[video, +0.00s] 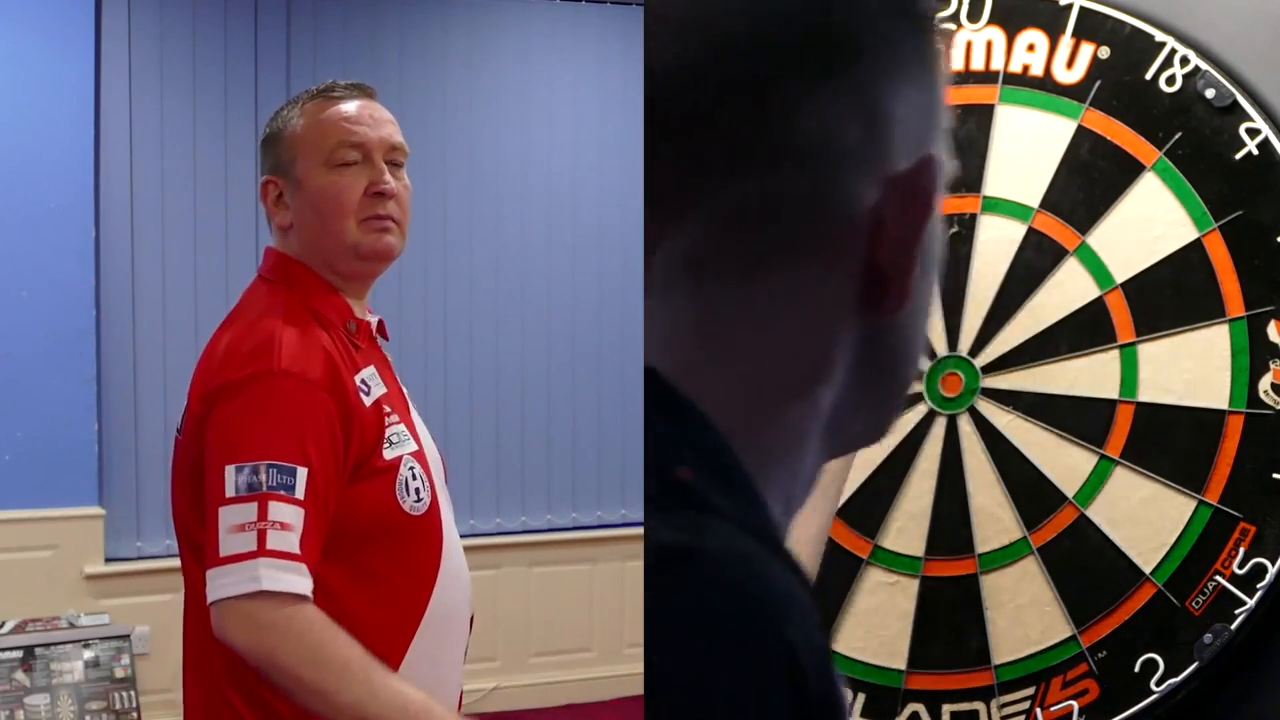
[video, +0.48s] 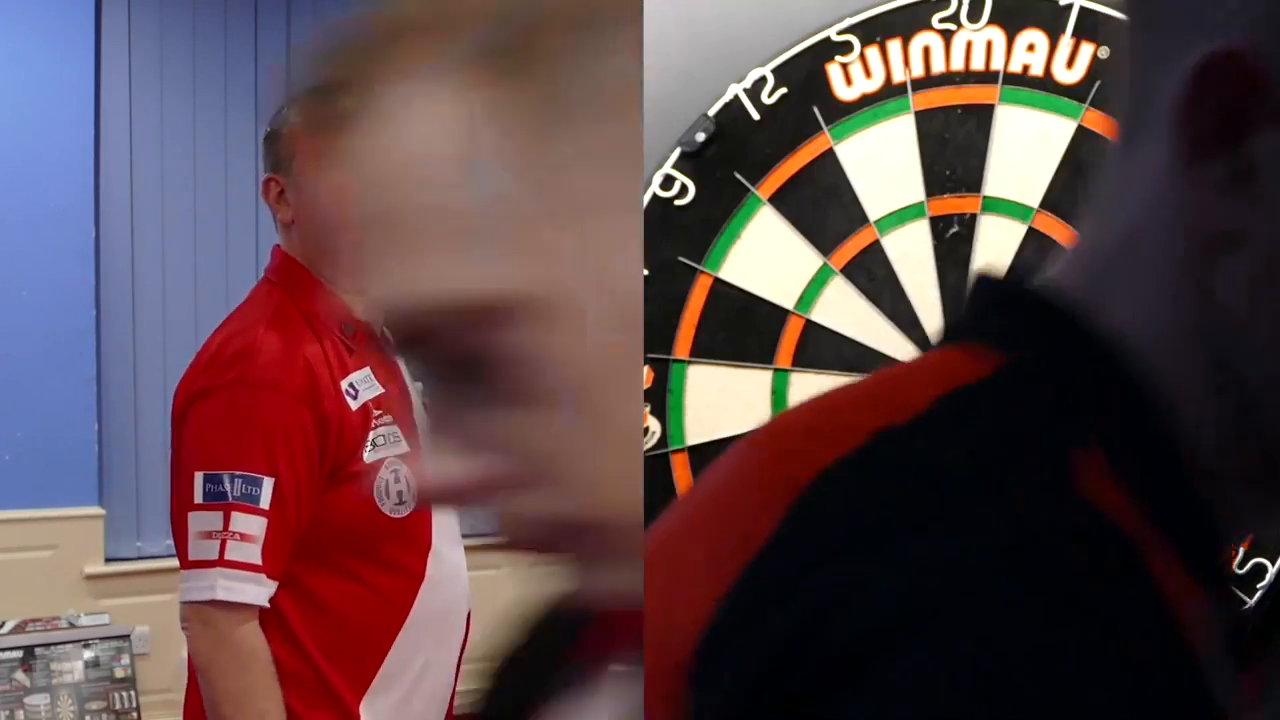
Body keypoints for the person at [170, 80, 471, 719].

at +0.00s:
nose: (385, 183)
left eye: (395, 164)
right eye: (349, 163)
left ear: (409, 186)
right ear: (279, 204)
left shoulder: (346, 331)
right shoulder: (276, 354)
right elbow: (256, 608)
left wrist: (433, 690)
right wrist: (424, 709)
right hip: (311, 707)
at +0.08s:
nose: (384, 181)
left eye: (394, 161)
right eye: (347, 161)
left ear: (408, 182)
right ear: (279, 203)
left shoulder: (348, 333)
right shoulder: (271, 357)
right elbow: (247, 614)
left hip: (405, 696)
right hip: (343, 701)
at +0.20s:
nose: (382, 179)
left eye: (393, 159)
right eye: (346, 159)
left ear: (407, 181)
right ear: (278, 202)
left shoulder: (352, 333)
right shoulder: (268, 359)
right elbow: (238, 616)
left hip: (401, 698)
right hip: (338, 704)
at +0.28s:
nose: (382, 179)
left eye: (393, 159)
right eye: (346, 159)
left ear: (408, 183)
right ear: (279, 203)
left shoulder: (358, 335)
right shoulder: (263, 361)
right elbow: (230, 619)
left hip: (403, 697)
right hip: (327, 703)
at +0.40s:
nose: (383, 178)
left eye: (394, 158)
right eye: (346, 159)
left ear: (409, 183)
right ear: (279, 201)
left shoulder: (364, 335)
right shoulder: (259, 361)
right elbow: (221, 619)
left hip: (404, 698)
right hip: (320, 705)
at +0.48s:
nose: (376, 201)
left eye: (382, 175)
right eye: (350, 177)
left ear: (401, 185)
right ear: (281, 199)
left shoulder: (363, 340)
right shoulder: (260, 364)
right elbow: (218, 618)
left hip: (404, 698)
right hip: (320, 705)